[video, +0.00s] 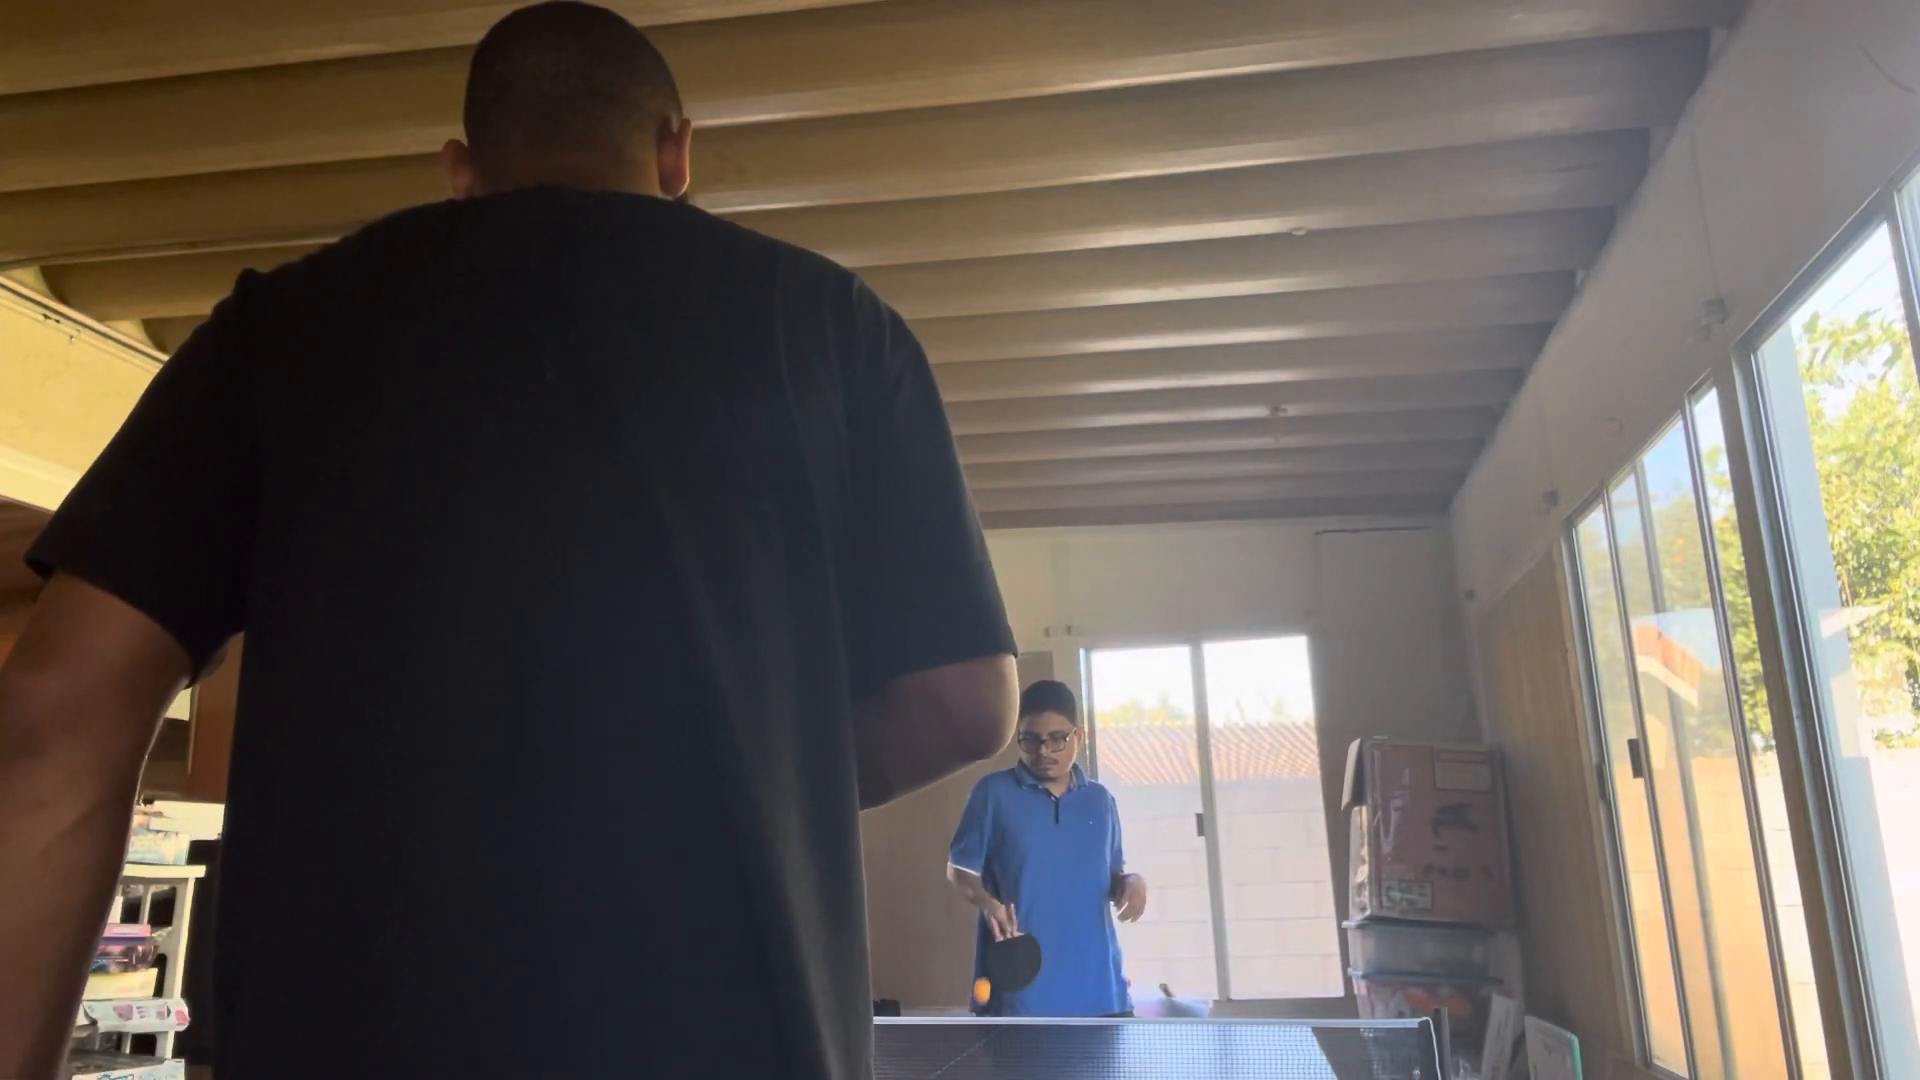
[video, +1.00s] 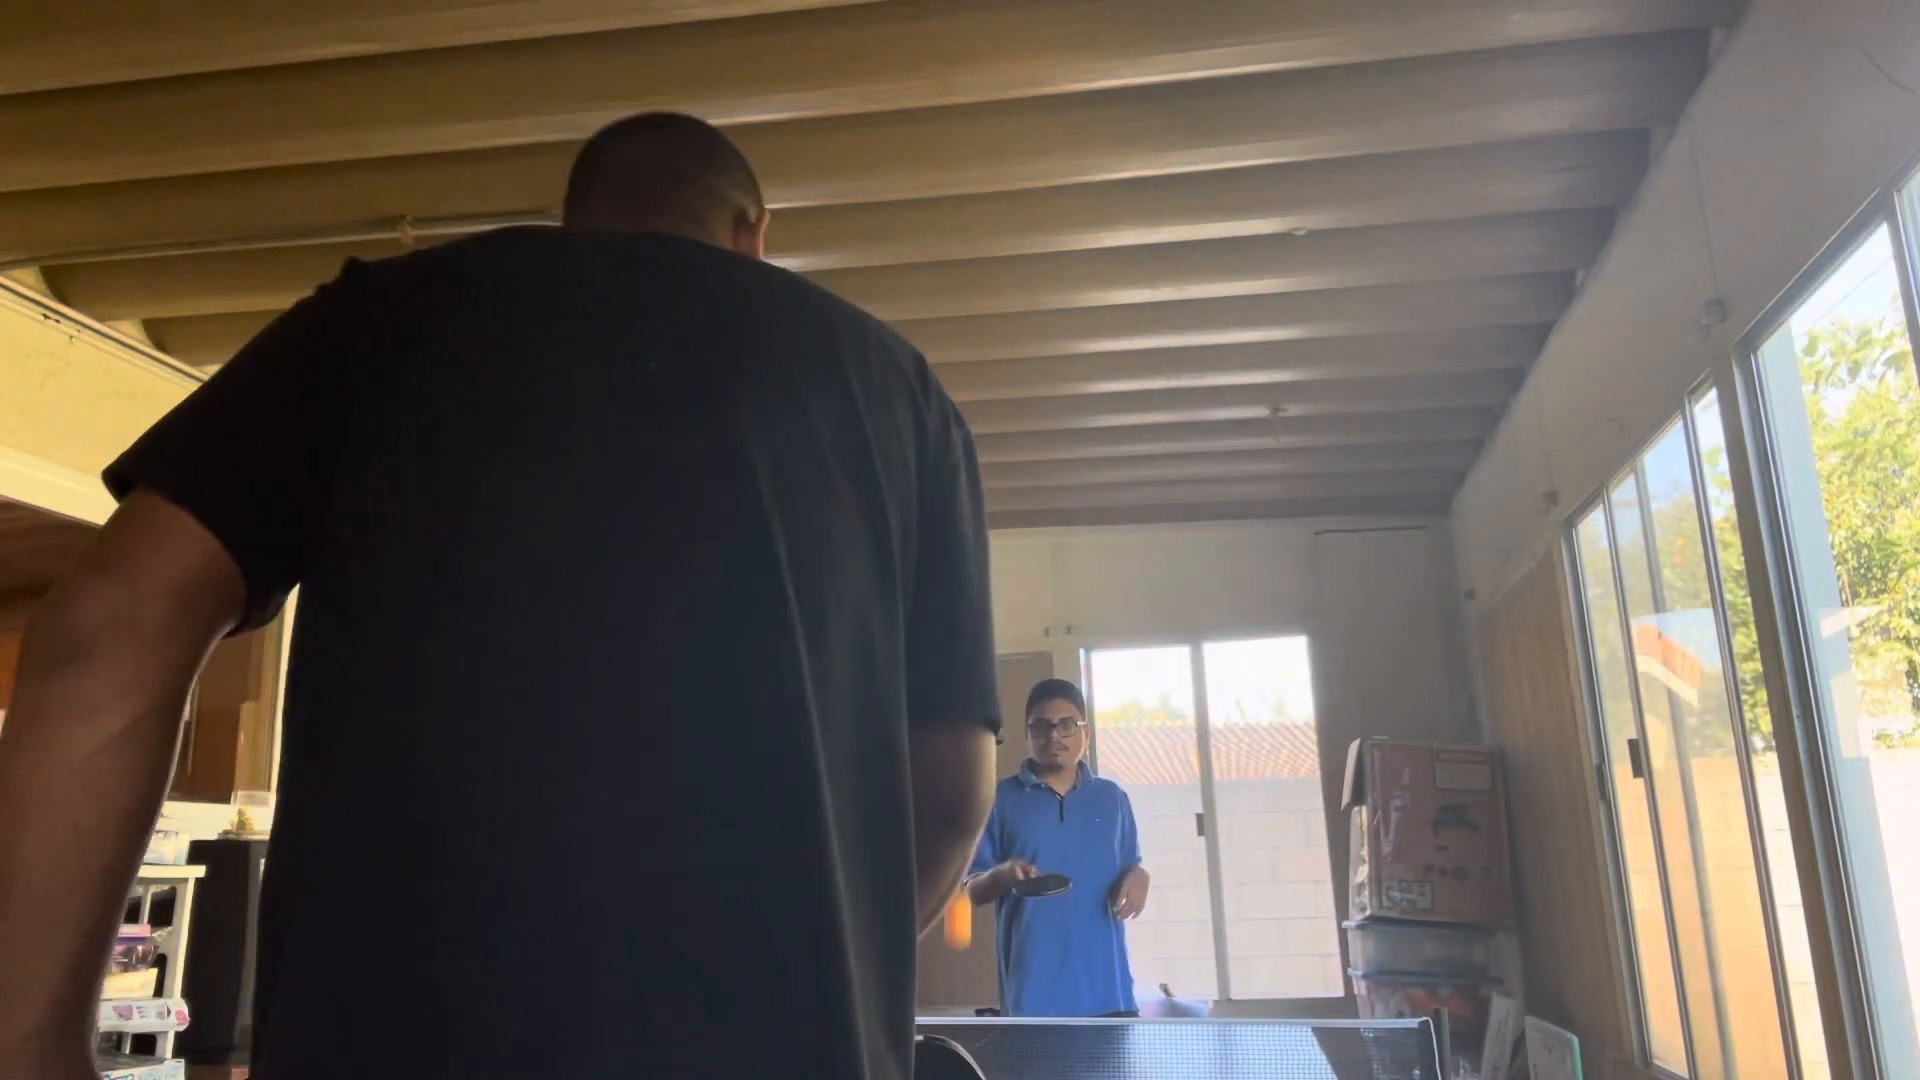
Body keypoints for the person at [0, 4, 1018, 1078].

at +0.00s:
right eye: (690, 156)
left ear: (460, 166)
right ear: (677, 157)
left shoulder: (290, 321)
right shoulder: (828, 317)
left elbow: (64, 700)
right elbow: (956, 705)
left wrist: (27, 1050)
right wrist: (738, 781)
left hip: (343, 1035)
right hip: (729, 1036)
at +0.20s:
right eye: (696, 162)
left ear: (466, 168)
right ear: (683, 160)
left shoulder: (295, 322)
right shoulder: (831, 318)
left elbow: (68, 702)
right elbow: (960, 705)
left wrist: (29, 1047)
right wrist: (734, 789)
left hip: (347, 1029)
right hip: (731, 1031)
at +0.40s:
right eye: (699, 165)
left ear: (473, 168)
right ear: (687, 162)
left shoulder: (302, 321)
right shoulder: (832, 318)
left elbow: (71, 706)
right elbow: (962, 706)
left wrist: (33, 1051)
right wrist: (742, 795)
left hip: (352, 1029)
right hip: (731, 1032)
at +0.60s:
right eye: (699, 167)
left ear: (476, 170)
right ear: (689, 165)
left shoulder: (306, 322)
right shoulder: (838, 327)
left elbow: (74, 706)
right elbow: (953, 723)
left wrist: (33, 1054)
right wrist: (751, 829)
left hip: (360, 1029)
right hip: (735, 1035)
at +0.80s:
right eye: (731, 198)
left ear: (507, 187)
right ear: (713, 192)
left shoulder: (334, 313)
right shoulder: (861, 354)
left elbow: (77, 673)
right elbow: (932, 775)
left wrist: (35, 1050)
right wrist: (803, 959)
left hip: (366, 1034)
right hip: (764, 1044)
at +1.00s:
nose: (764, 257)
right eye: (766, 237)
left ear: (563, 217)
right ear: (751, 231)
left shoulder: (382, 310)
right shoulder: (893, 379)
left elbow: (107, 635)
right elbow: (949, 797)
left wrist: (38, 1043)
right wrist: (858, 968)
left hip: (388, 1034)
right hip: (785, 1043)